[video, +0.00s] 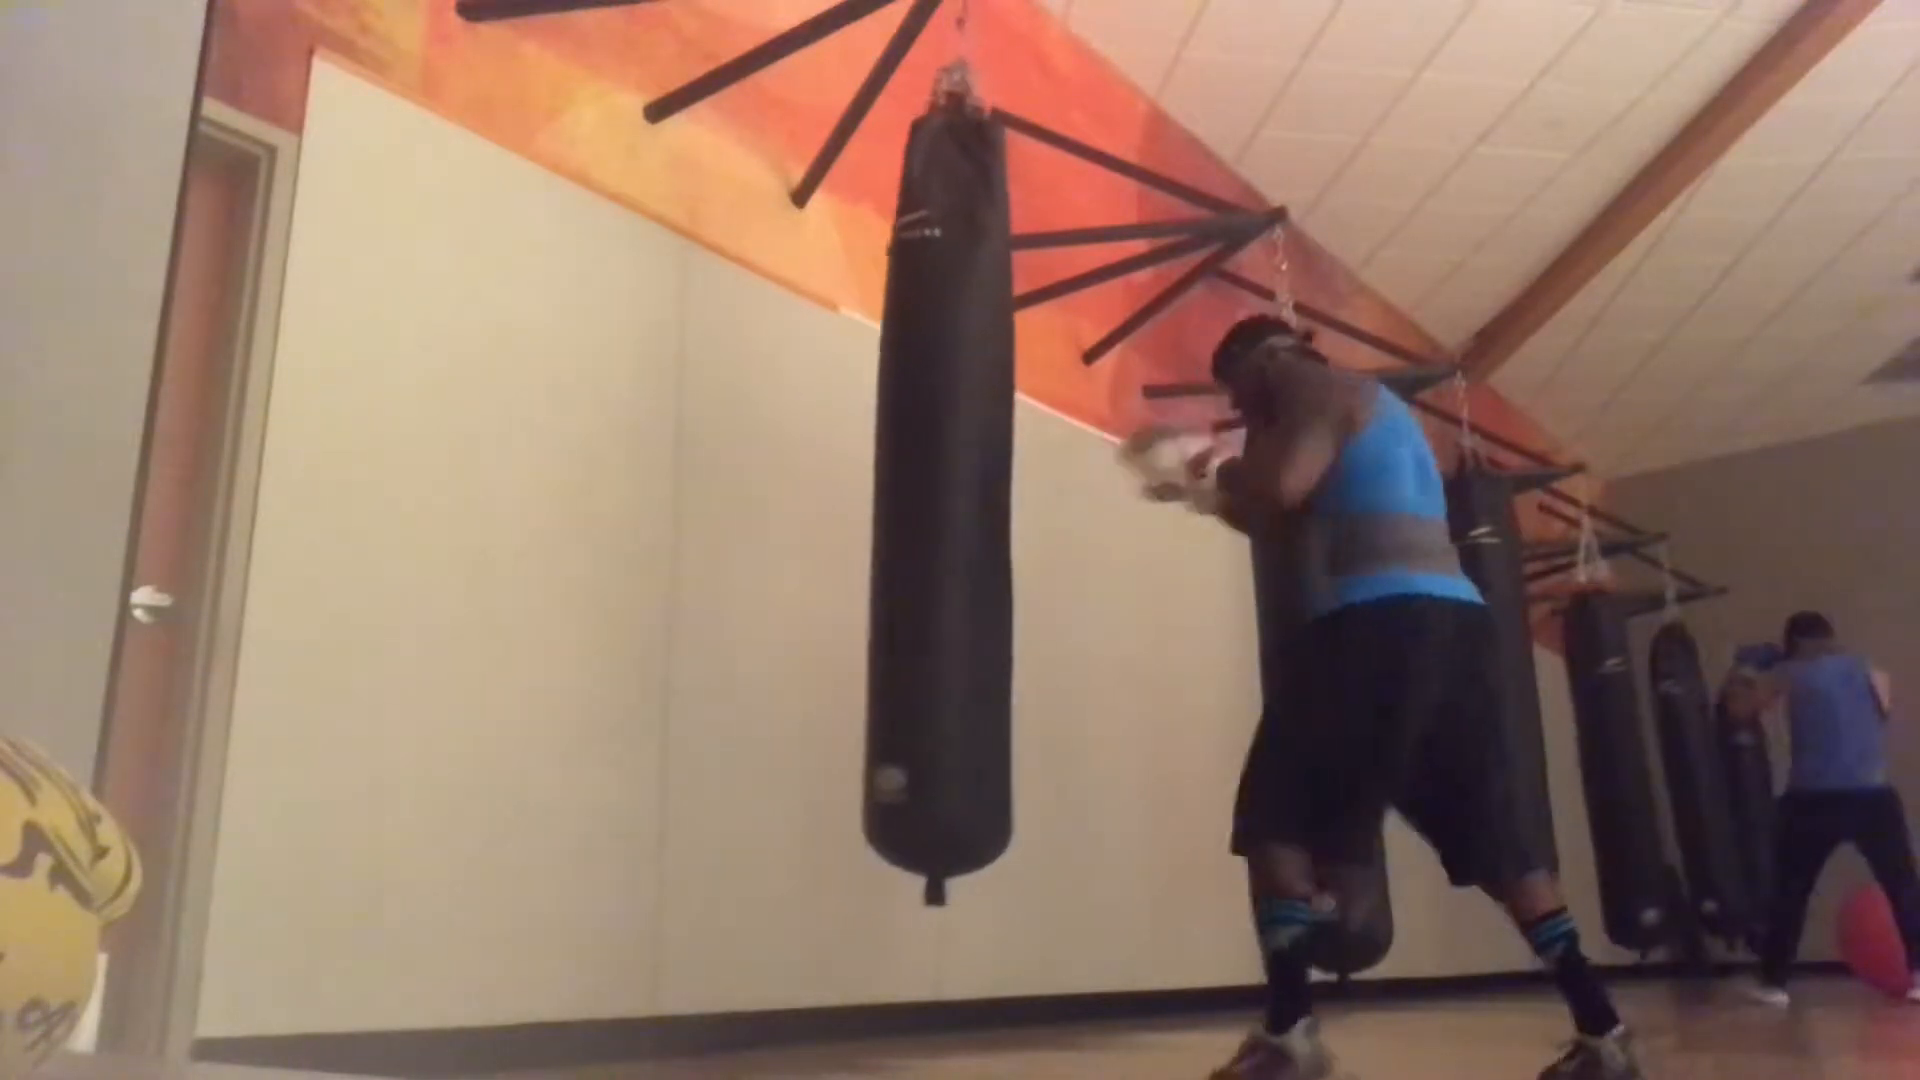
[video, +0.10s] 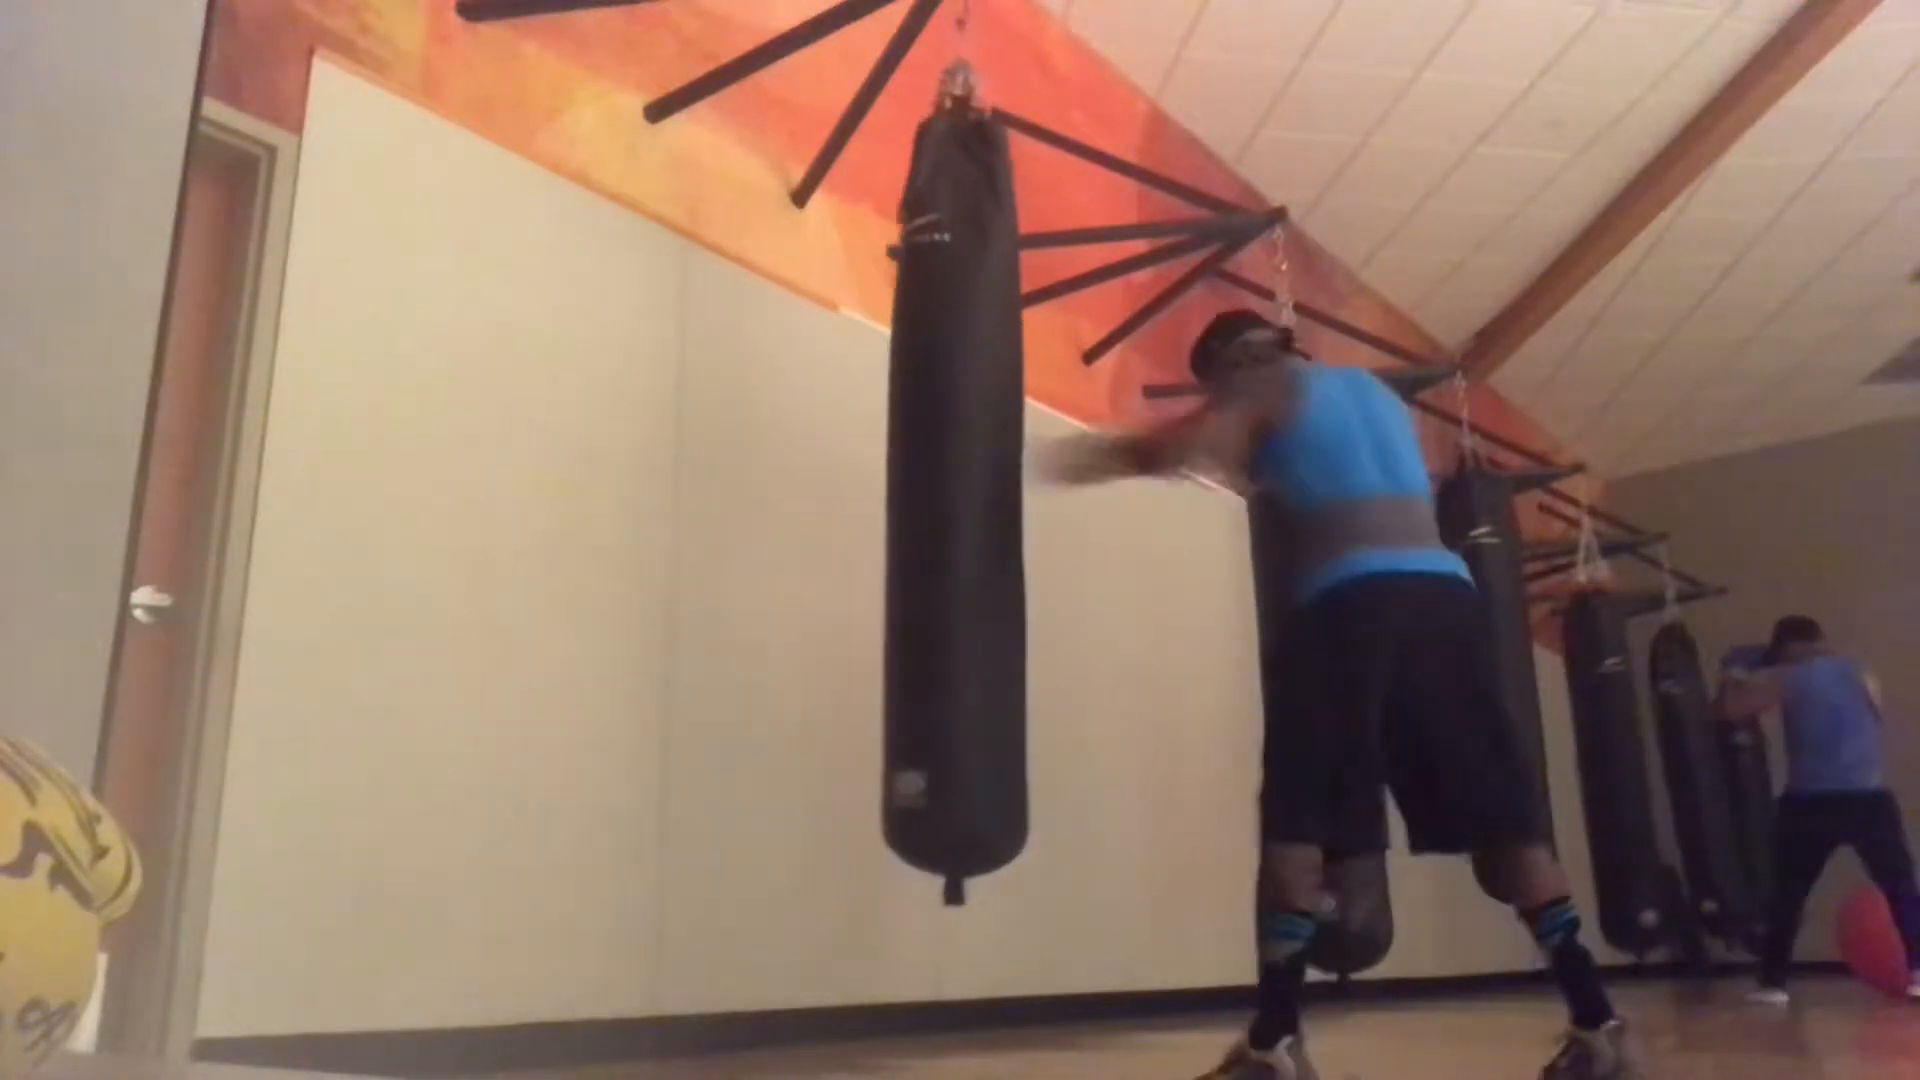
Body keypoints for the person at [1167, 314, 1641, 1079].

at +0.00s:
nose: (1244, 410)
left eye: (1242, 392)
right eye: (1237, 399)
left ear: (1265, 362)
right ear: (1294, 347)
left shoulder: (1306, 380)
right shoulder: (1381, 406)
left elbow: (1281, 482)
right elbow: (1285, 521)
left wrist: (1226, 472)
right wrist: (1209, 494)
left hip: (1372, 626)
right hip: (1454, 623)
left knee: (1273, 815)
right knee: (1486, 827)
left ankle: (1288, 1026)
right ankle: (1601, 1025)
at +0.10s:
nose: (1219, 395)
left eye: (1216, 382)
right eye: (1215, 384)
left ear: (1232, 364)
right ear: (1284, 344)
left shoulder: (1258, 383)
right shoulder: (1375, 390)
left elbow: (1179, 446)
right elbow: (1410, 478)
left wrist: (1098, 456)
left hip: (1344, 618)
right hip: (1447, 610)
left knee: (1295, 822)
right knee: (1500, 814)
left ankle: (1275, 1034)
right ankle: (1598, 1019)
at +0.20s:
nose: (1209, 405)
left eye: (1208, 387)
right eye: (1209, 392)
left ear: (1229, 362)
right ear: (1278, 348)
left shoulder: (1250, 376)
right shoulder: (1371, 389)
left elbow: (1139, 445)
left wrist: (1065, 460)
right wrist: (1253, 466)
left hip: (1339, 609)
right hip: (1441, 601)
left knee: (1281, 812)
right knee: (1483, 805)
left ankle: (1265, 1032)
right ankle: (1579, 1007)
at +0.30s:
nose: (1211, 395)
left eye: (1212, 380)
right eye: (1209, 385)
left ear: (1235, 352)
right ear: (1278, 334)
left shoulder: (1260, 373)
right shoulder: (1380, 393)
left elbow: (1201, 462)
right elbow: (1399, 493)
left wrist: (1144, 460)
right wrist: (1245, 448)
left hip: (1321, 619)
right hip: (1431, 614)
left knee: (1231, 804)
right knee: (1487, 820)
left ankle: (1234, 1008)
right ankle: (1579, 1024)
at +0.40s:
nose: (1201, 380)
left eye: (1201, 368)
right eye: (1197, 371)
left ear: (1220, 345)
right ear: (1266, 329)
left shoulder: (1231, 365)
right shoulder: (1362, 375)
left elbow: (1120, 435)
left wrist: (1065, 447)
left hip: (1298, 603)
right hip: (1405, 596)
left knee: (1234, 809)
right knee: (1486, 802)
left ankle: (1219, 1027)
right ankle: (1581, 1018)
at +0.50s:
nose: (1176, 380)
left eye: (1181, 365)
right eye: (1179, 371)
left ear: (1194, 347)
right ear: (1264, 323)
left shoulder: (1204, 366)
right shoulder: (1347, 366)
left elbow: (1088, 463)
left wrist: (1033, 456)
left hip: (1275, 612)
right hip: (1383, 599)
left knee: (1241, 827)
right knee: (1473, 805)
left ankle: (1221, 1041)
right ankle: (1582, 1016)